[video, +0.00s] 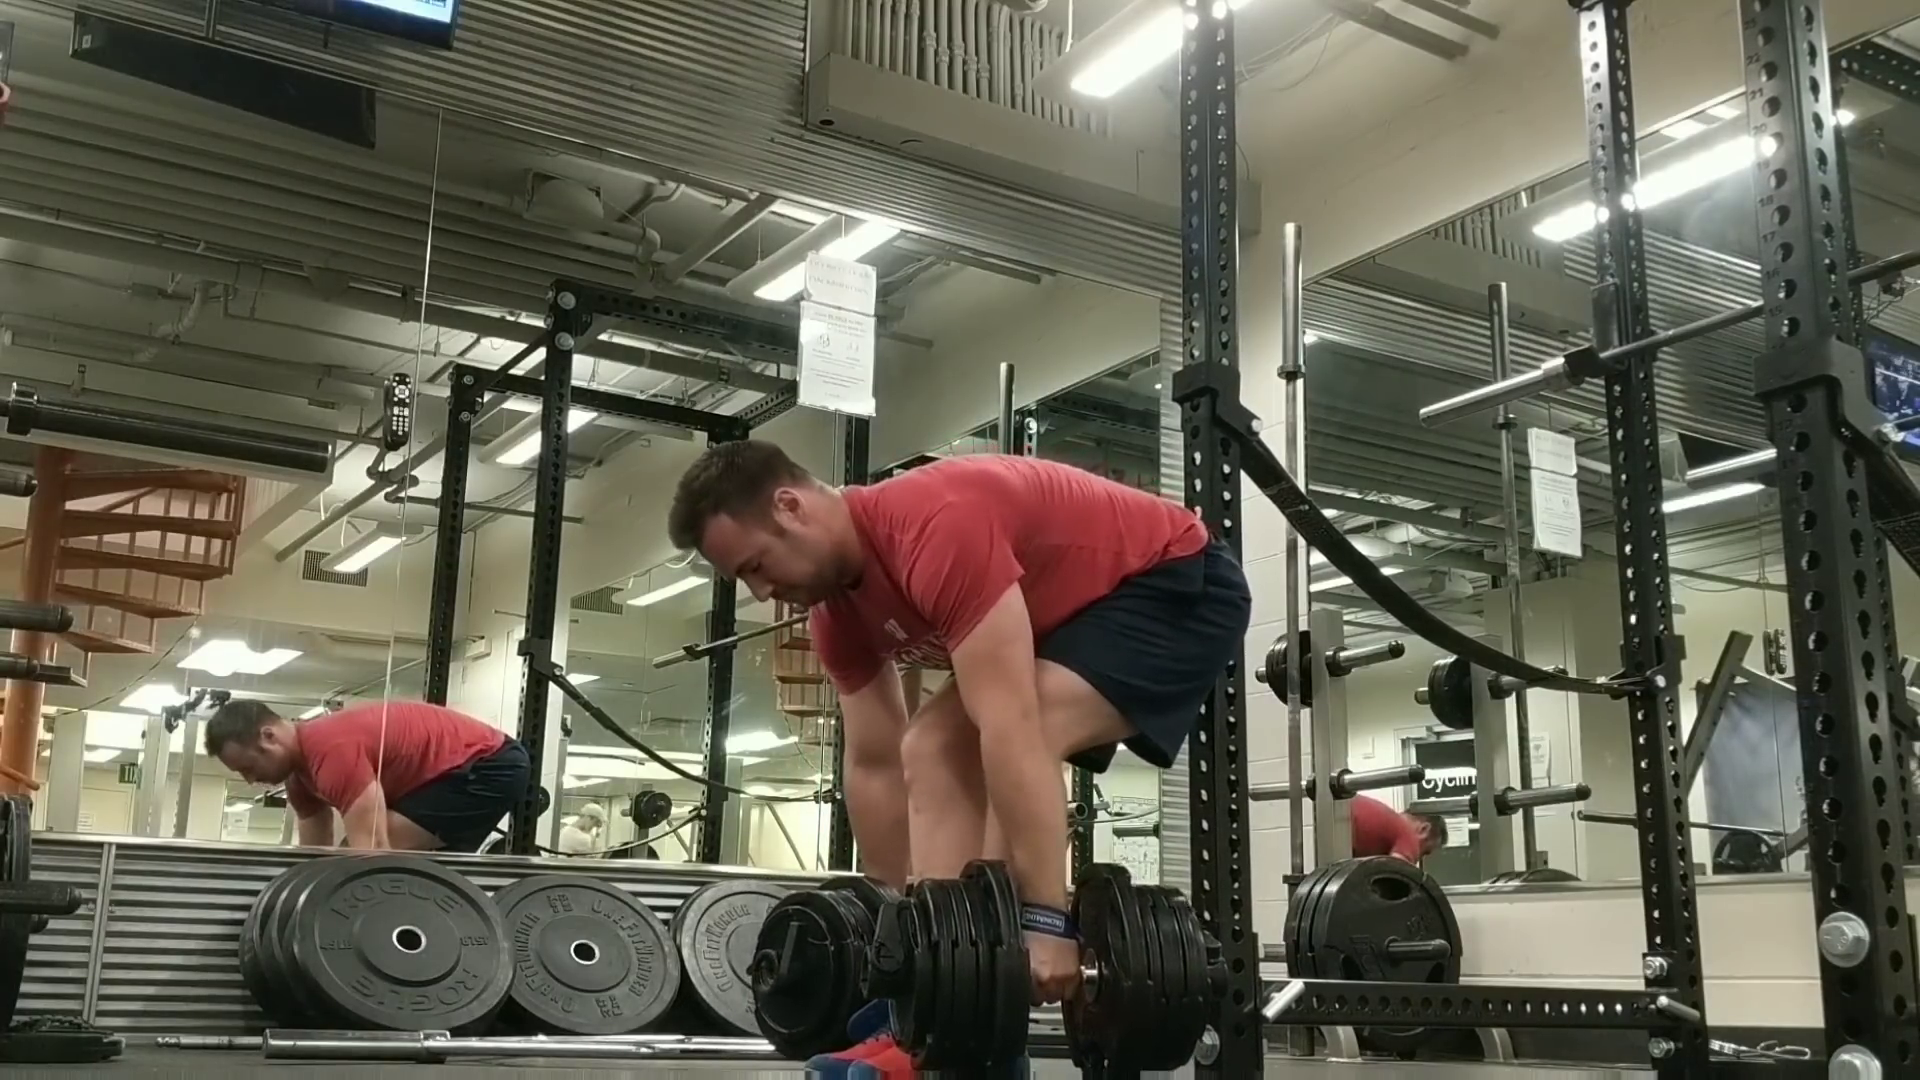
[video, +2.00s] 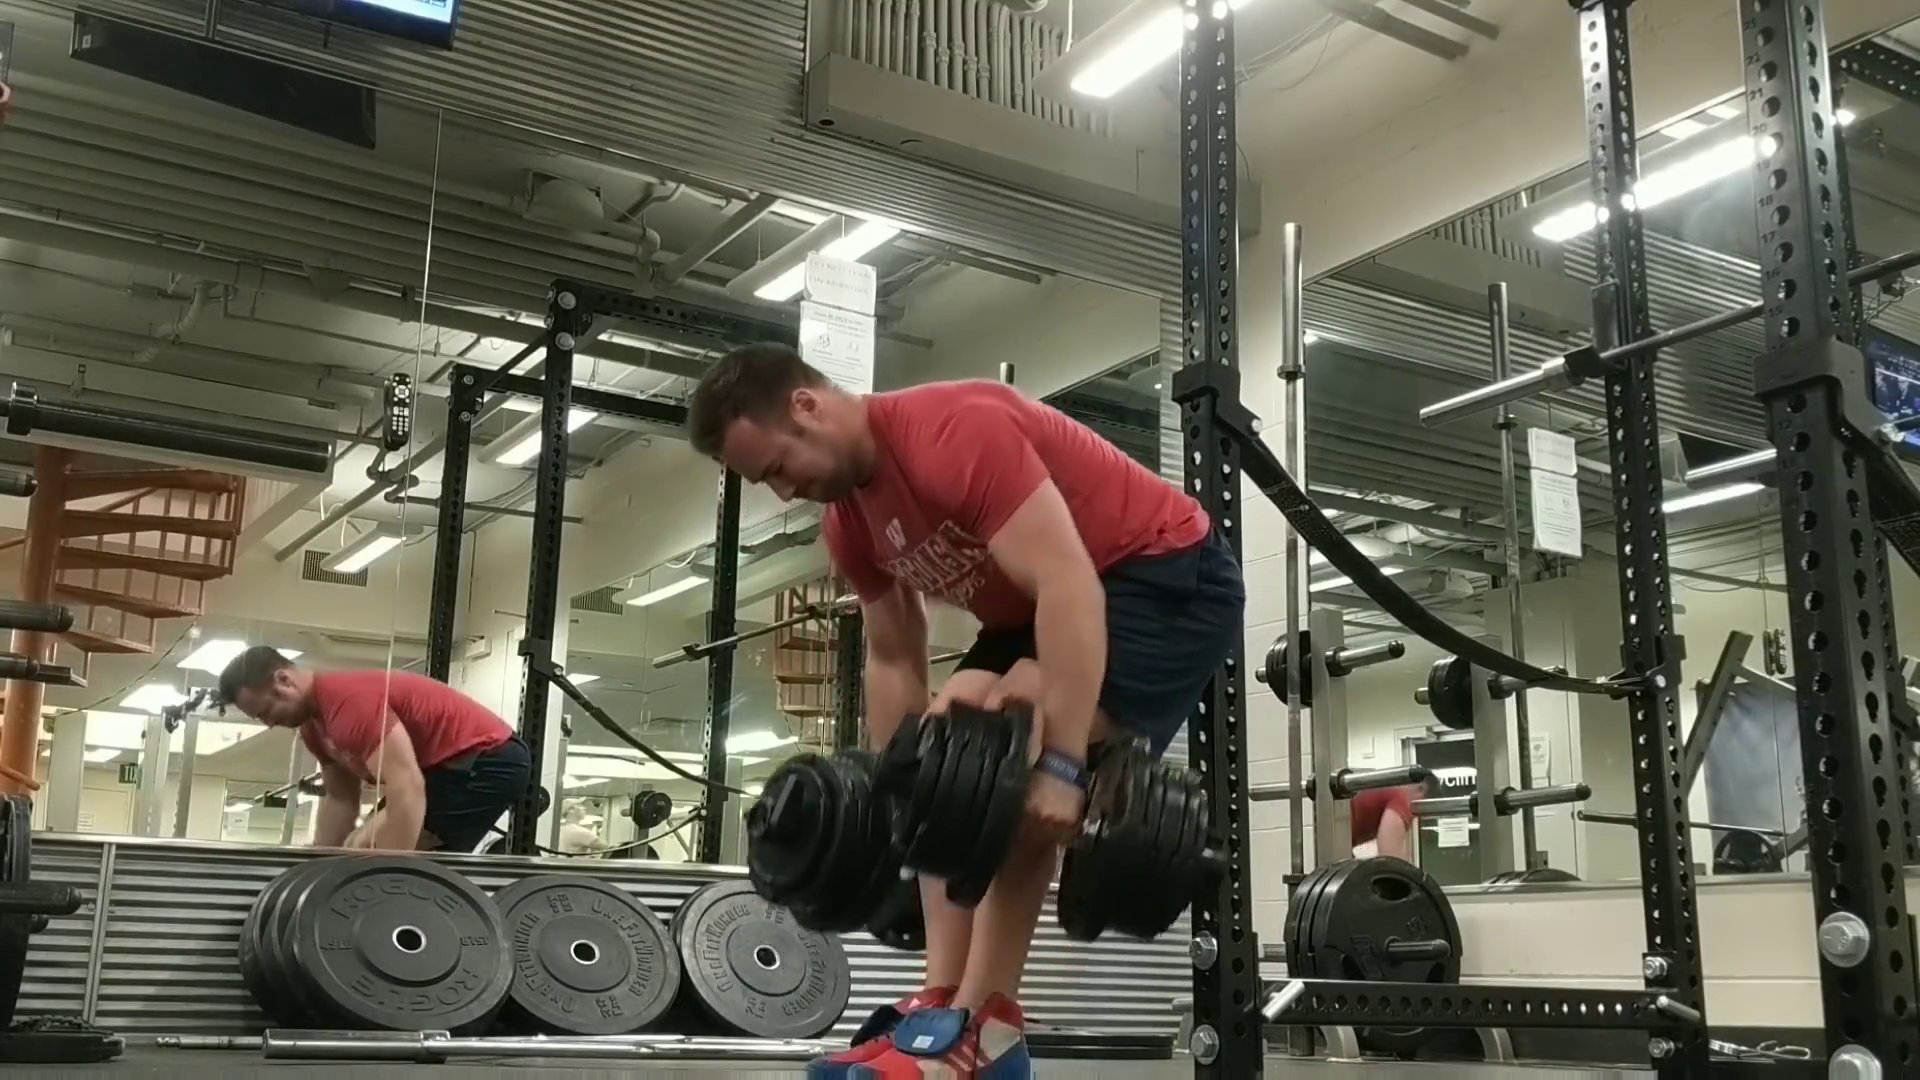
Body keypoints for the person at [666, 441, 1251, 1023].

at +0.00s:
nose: (760, 593)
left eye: (755, 566)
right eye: (743, 581)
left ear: (793, 505)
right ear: (794, 509)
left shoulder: (940, 527)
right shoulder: (839, 611)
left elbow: (1013, 727)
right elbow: (876, 765)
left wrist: (1050, 921)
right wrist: (890, 943)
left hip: (1176, 585)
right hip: (1075, 612)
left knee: (1003, 739)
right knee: (932, 743)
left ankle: (975, 1021)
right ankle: (921, 1005)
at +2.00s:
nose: (783, 493)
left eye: (777, 469)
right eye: (765, 483)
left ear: (810, 404)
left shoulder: (958, 432)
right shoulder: (849, 523)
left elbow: (1069, 581)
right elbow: (891, 655)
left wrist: (1064, 761)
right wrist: (887, 803)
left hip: (1164, 570)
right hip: (1040, 600)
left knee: (1027, 727)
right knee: (947, 732)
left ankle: (990, 1017)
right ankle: (943, 998)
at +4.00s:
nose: (802, 467)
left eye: (795, 442)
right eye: (784, 458)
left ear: (826, 380)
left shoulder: (976, 408)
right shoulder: (859, 502)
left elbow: (1082, 561)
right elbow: (897, 630)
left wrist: (1073, 740)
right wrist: (885, 778)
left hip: (1169, 569)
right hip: (1044, 594)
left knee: (1035, 762)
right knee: (949, 753)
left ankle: (990, 1017)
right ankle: (941, 1002)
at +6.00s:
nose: (835, 448)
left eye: (825, 428)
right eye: (818, 442)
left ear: (846, 360)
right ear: (845, 367)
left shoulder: (995, 368)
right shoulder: (871, 460)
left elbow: (1117, 510)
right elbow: (916, 583)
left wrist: (1117, 679)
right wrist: (899, 721)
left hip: (1156, 568)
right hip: (1040, 593)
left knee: (1022, 751)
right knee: (949, 739)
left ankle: (992, 1013)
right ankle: (942, 999)